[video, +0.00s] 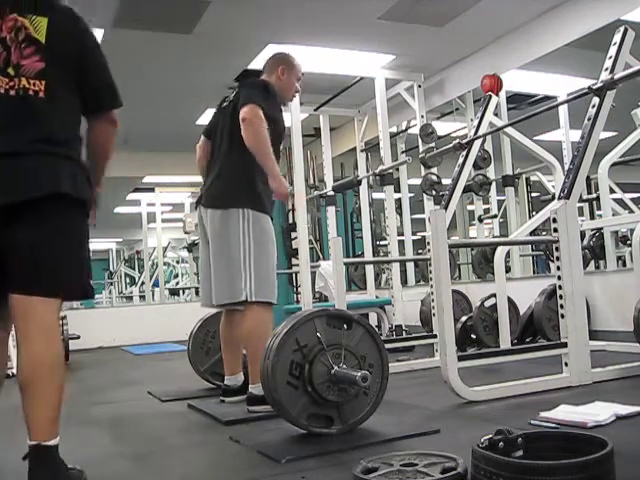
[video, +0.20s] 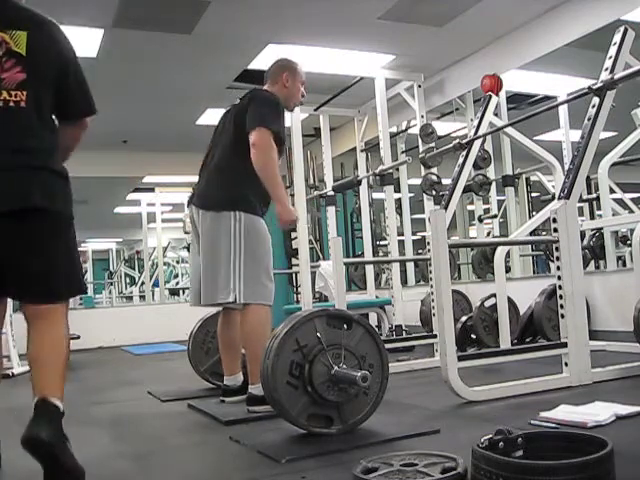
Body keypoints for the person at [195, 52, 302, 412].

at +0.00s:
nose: (297, 91)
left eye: (299, 84)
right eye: (296, 82)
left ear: (271, 70)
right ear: (281, 72)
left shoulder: (231, 98)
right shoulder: (261, 88)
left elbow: (203, 148)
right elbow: (250, 119)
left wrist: (213, 188)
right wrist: (275, 174)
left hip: (216, 203)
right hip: (243, 202)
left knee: (233, 300)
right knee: (259, 299)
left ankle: (233, 382)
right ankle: (259, 388)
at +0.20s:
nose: (302, 94)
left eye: (303, 88)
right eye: (301, 86)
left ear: (275, 79)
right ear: (285, 79)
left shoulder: (238, 108)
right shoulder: (266, 100)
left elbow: (213, 161)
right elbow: (260, 142)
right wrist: (283, 203)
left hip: (209, 206)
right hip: (235, 208)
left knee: (231, 299)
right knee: (258, 298)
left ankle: (233, 382)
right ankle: (260, 388)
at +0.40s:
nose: (272, 76)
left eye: (272, 69)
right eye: (270, 68)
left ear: (239, 66)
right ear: (256, 62)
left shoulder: (220, 103)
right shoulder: (250, 94)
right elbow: (284, 132)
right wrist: (340, 148)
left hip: (222, 210)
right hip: (249, 210)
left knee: (234, 300)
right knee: (262, 298)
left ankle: (233, 382)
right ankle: (260, 389)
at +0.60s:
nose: (253, 68)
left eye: (252, 63)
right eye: (250, 61)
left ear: (219, 66)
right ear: (235, 60)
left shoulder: (208, 102)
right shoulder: (238, 90)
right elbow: (292, 66)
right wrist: (330, 28)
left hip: (227, 208)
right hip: (254, 204)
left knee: (245, 299)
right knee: (266, 299)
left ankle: (233, 383)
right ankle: (259, 389)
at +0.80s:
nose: (255, 68)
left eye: (253, 63)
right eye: (253, 63)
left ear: (220, 65)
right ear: (241, 64)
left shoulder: (208, 97)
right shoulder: (240, 86)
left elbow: (226, 36)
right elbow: (265, 27)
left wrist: (231, 7)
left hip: (232, 203)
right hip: (258, 198)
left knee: (245, 296)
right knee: (268, 296)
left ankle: (233, 382)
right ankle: (260, 389)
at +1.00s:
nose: (257, 66)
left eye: (255, 62)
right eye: (253, 62)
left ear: (219, 69)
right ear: (245, 67)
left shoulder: (208, 101)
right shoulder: (242, 87)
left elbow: (213, 57)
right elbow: (258, 27)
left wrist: (214, 17)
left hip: (233, 205)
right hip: (260, 199)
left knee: (243, 300)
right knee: (267, 299)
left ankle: (233, 383)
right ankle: (261, 389)